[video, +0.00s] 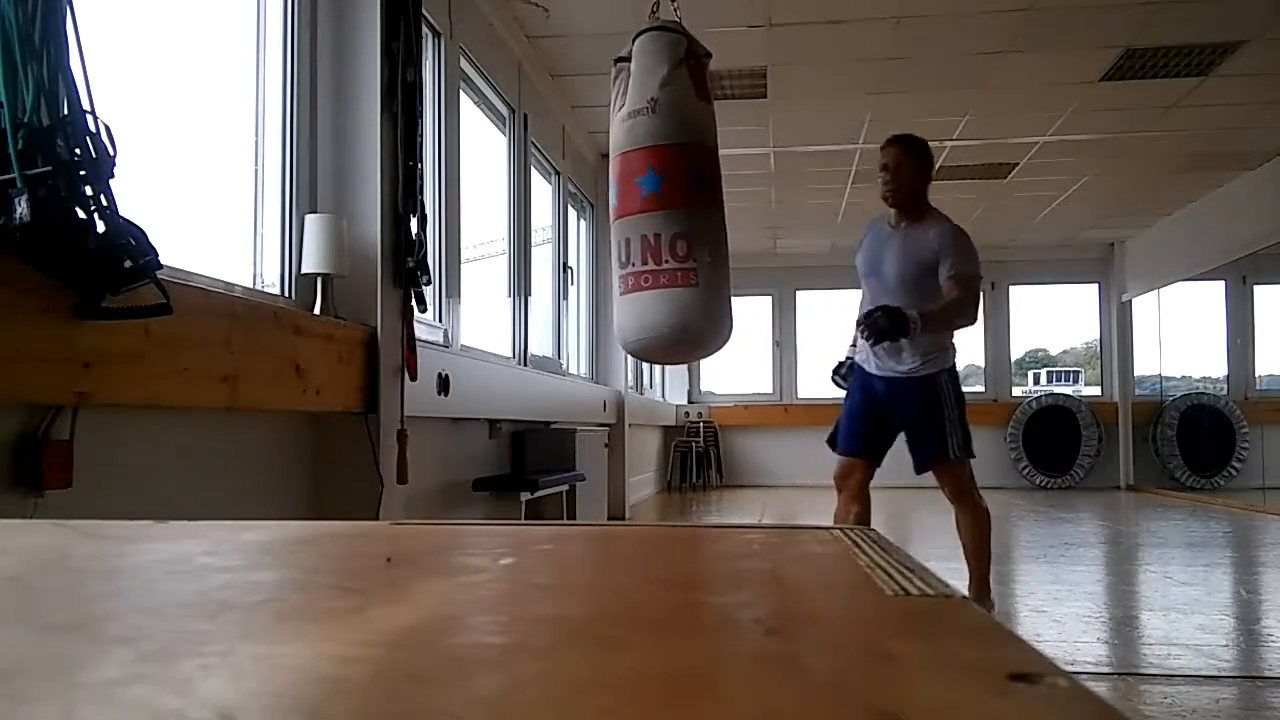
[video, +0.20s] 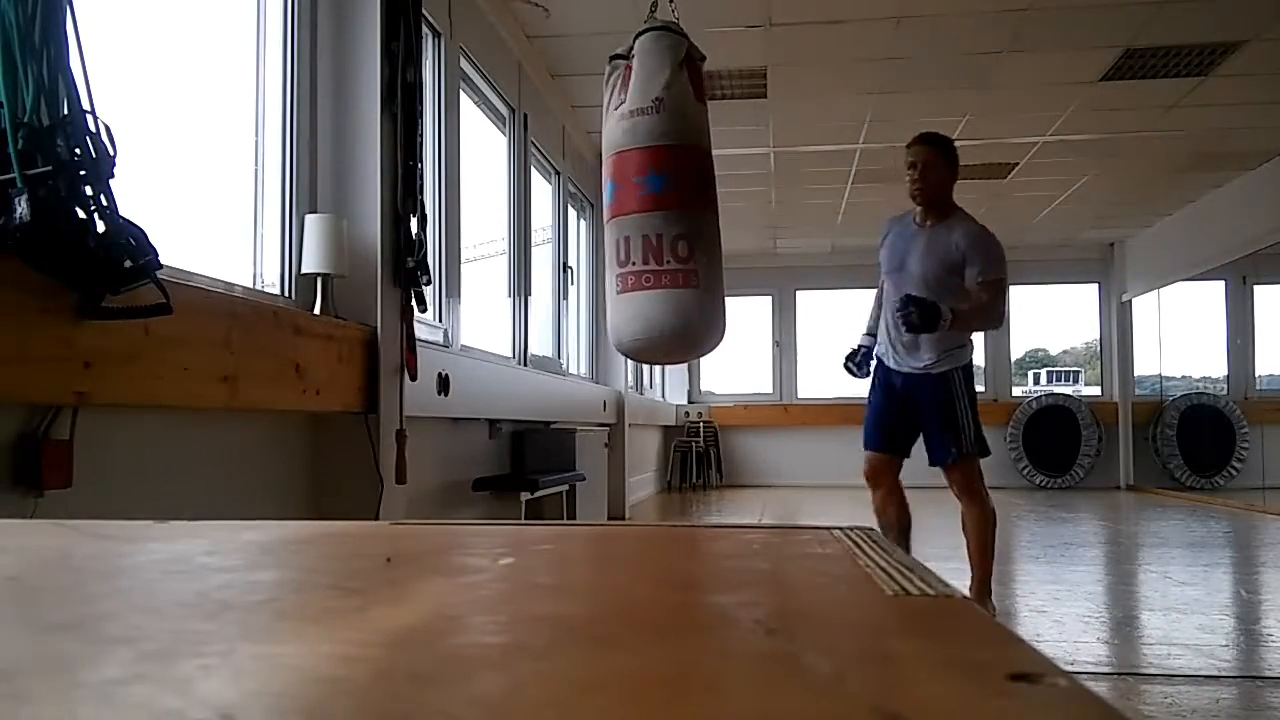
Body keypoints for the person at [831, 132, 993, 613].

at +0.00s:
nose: (882, 179)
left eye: (892, 170)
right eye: (881, 170)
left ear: (922, 174)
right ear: (882, 176)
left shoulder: (948, 237)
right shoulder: (874, 234)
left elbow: (965, 308)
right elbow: (871, 304)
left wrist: (909, 322)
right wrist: (855, 355)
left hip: (928, 381)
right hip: (871, 380)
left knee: (959, 488)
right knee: (848, 481)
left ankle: (980, 595)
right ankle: (847, 591)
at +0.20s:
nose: (913, 176)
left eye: (923, 167)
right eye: (909, 168)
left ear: (951, 173)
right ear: (905, 174)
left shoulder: (976, 240)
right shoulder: (895, 230)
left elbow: (992, 312)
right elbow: (886, 290)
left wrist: (943, 316)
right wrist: (867, 339)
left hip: (943, 374)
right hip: (890, 372)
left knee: (966, 484)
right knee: (878, 472)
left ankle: (981, 594)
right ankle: (899, 581)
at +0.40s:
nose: (906, 184)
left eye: (915, 175)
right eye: (902, 176)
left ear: (944, 179)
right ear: (899, 182)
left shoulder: (972, 239)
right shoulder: (893, 240)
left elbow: (994, 309)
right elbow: (886, 295)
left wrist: (952, 280)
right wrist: (859, 323)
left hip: (950, 372)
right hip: (901, 373)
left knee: (965, 480)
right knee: (909, 470)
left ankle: (982, 593)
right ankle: (952, 558)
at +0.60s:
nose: (880, 210)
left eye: (888, 200)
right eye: (876, 202)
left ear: (915, 199)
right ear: (877, 208)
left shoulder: (953, 247)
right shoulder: (881, 264)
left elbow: (988, 309)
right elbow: (877, 320)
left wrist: (941, 295)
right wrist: (858, 331)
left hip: (950, 373)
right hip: (905, 382)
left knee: (951, 469)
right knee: (917, 480)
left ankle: (979, 582)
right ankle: (959, 568)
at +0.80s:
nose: (866, 214)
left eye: (872, 203)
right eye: (861, 206)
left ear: (900, 197)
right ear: (867, 208)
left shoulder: (948, 237)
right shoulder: (878, 257)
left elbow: (987, 288)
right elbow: (867, 323)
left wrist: (941, 274)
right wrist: (857, 299)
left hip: (945, 368)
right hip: (901, 375)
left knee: (944, 466)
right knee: (918, 474)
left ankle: (950, 580)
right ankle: (962, 564)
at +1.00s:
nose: (858, 224)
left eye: (861, 213)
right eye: (854, 215)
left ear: (891, 204)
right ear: (873, 211)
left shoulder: (940, 246)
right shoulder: (867, 260)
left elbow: (947, 309)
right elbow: (863, 322)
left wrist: (914, 278)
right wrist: (841, 307)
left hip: (938, 371)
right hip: (895, 376)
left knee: (932, 477)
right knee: (902, 477)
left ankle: (938, 583)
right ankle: (957, 561)